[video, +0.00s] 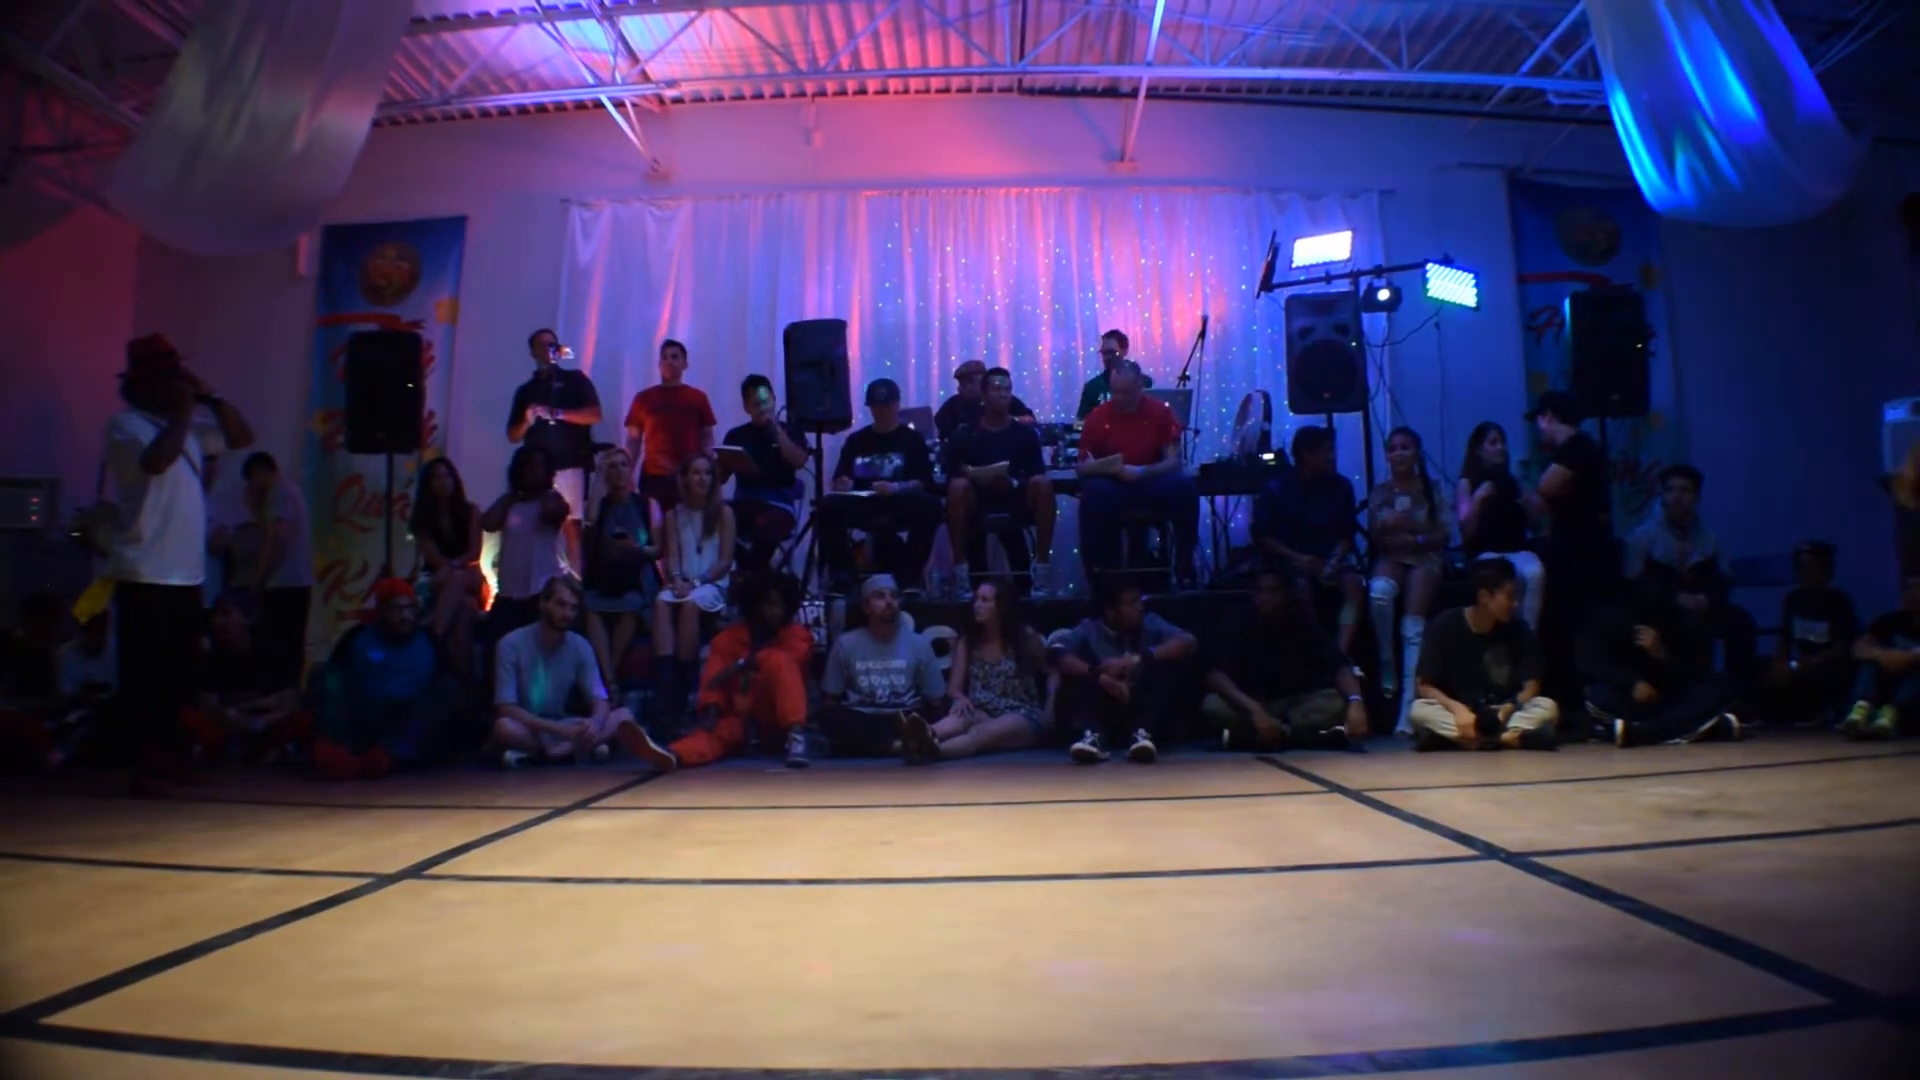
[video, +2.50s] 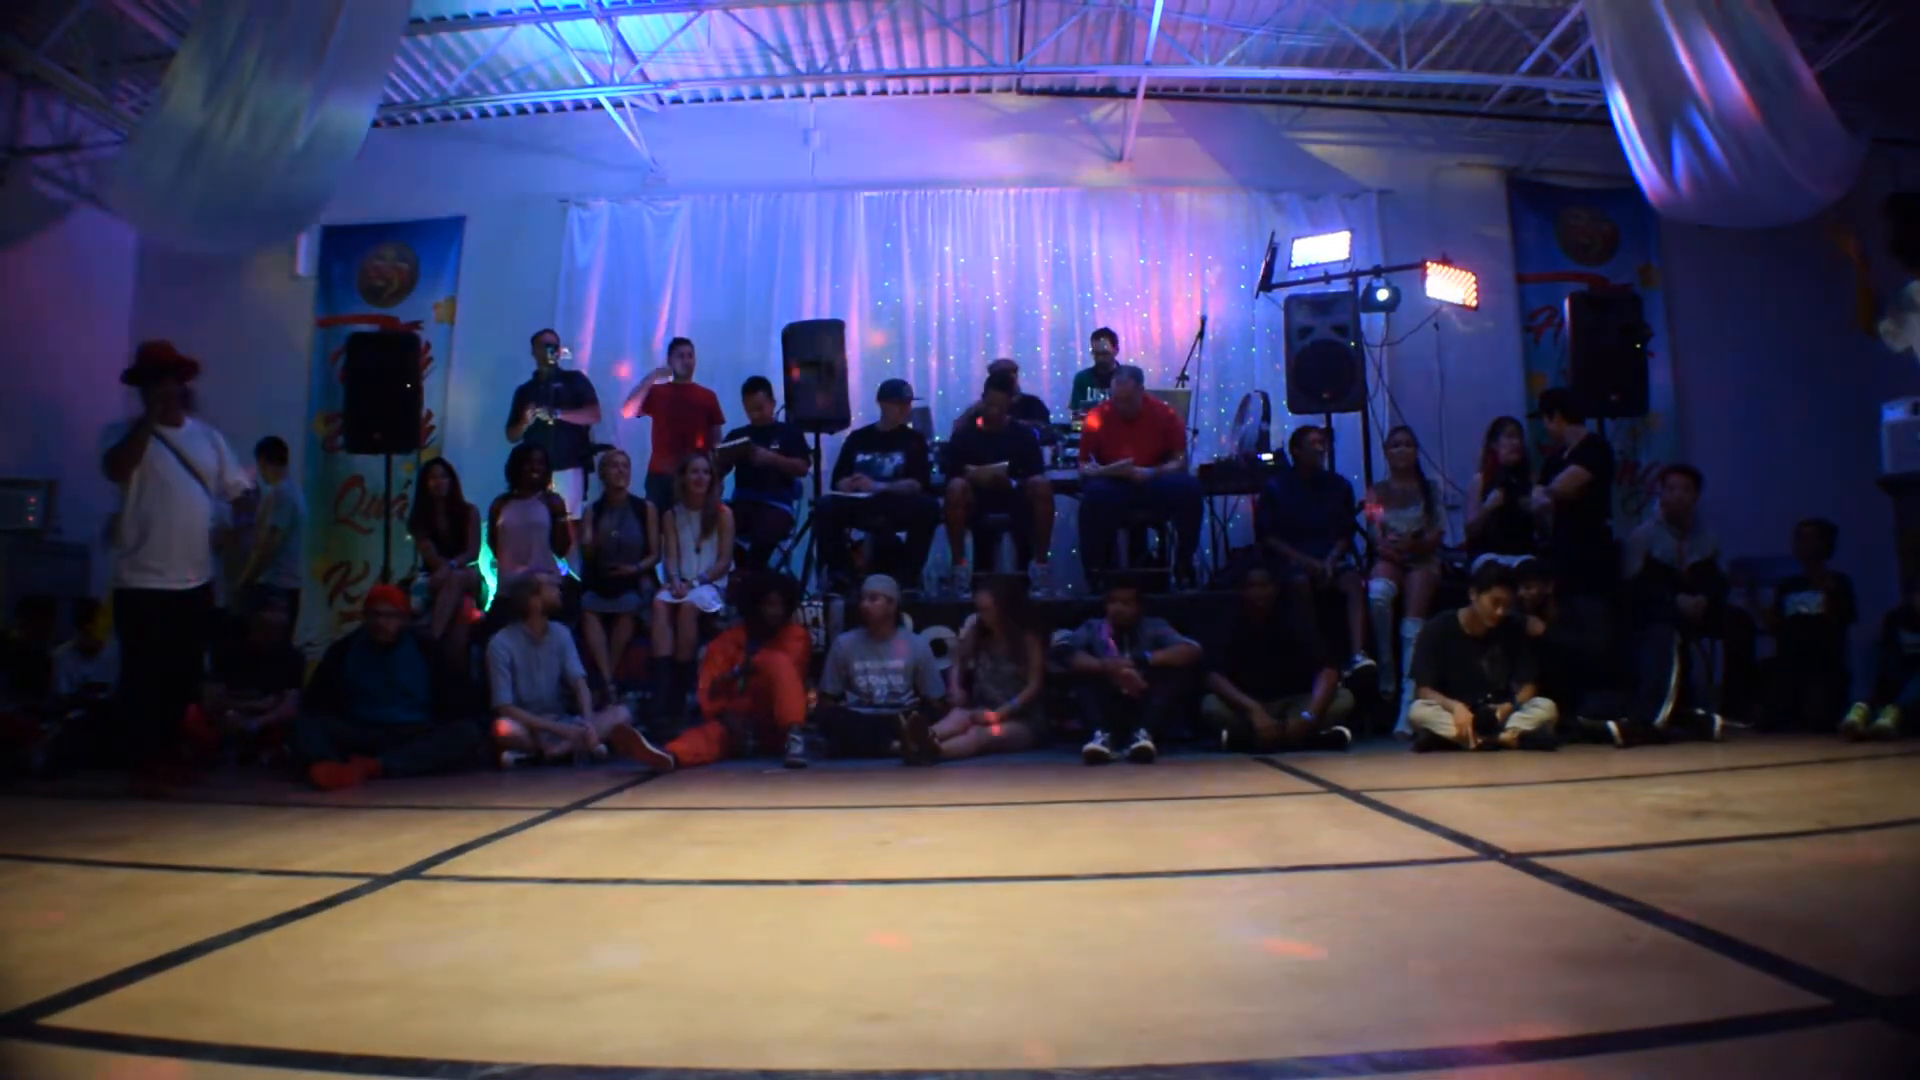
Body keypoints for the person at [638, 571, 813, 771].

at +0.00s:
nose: (775, 612)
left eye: (780, 606)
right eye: (768, 605)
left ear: (789, 608)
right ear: (753, 606)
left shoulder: (797, 635)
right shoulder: (728, 639)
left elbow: (790, 659)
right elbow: (712, 685)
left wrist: (752, 663)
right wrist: (711, 714)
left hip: (776, 714)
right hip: (738, 718)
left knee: (777, 659)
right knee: (715, 738)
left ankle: (796, 737)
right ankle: (673, 755)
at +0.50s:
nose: (762, 613)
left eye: (771, 607)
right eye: (758, 606)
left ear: (785, 612)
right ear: (750, 607)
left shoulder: (796, 637)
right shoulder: (726, 642)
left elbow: (786, 658)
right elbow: (707, 695)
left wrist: (744, 667)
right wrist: (720, 713)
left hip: (773, 720)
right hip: (737, 723)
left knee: (775, 660)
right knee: (706, 738)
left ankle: (795, 737)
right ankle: (670, 755)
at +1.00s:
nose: (760, 614)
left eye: (769, 607)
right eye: (757, 606)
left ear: (783, 612)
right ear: (749, 607)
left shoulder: (794, 637)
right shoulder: (726, 644)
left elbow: (785, 658)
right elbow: (707, 699)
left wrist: (743, 670)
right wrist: (732, 716)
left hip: (772, 720)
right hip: (737, 722)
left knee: (774, 661)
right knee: (710, 735)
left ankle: (794, 737)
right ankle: (669, 756)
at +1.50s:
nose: (756, 611)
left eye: (765, 605)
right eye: (755, 603)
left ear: (782, 610)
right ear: (749, 604)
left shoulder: (795, 636)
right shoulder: (727, 642)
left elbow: (785, 662)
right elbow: (709, 703)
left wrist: (747, 667)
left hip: (772, 721)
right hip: (736, 723)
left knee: (776, 662)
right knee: (712, 734)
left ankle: (794, 737)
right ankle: (670, 755)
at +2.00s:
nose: (760, 612)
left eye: (768, 606)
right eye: (756, 604)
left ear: (784, 611)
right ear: (749, 605)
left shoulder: (795, 637)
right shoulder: (725, 644)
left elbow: (784, 665)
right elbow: (709, 703)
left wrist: (743, 670)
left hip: (773, 721)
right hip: (736, 722)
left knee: (775, 661)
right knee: (711, 734)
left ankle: (794, 737)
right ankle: (670, 756)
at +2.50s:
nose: (772, 612)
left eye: (779, 605)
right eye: (767, 604)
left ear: (789, 608)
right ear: (753, 606)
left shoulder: (795, 636)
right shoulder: (726, 644)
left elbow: (785, 667)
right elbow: (709, 705)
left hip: (774, 720)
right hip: (736, 723)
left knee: (776, 661)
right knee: (711, 735)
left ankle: (794, 737)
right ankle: (670, 755)